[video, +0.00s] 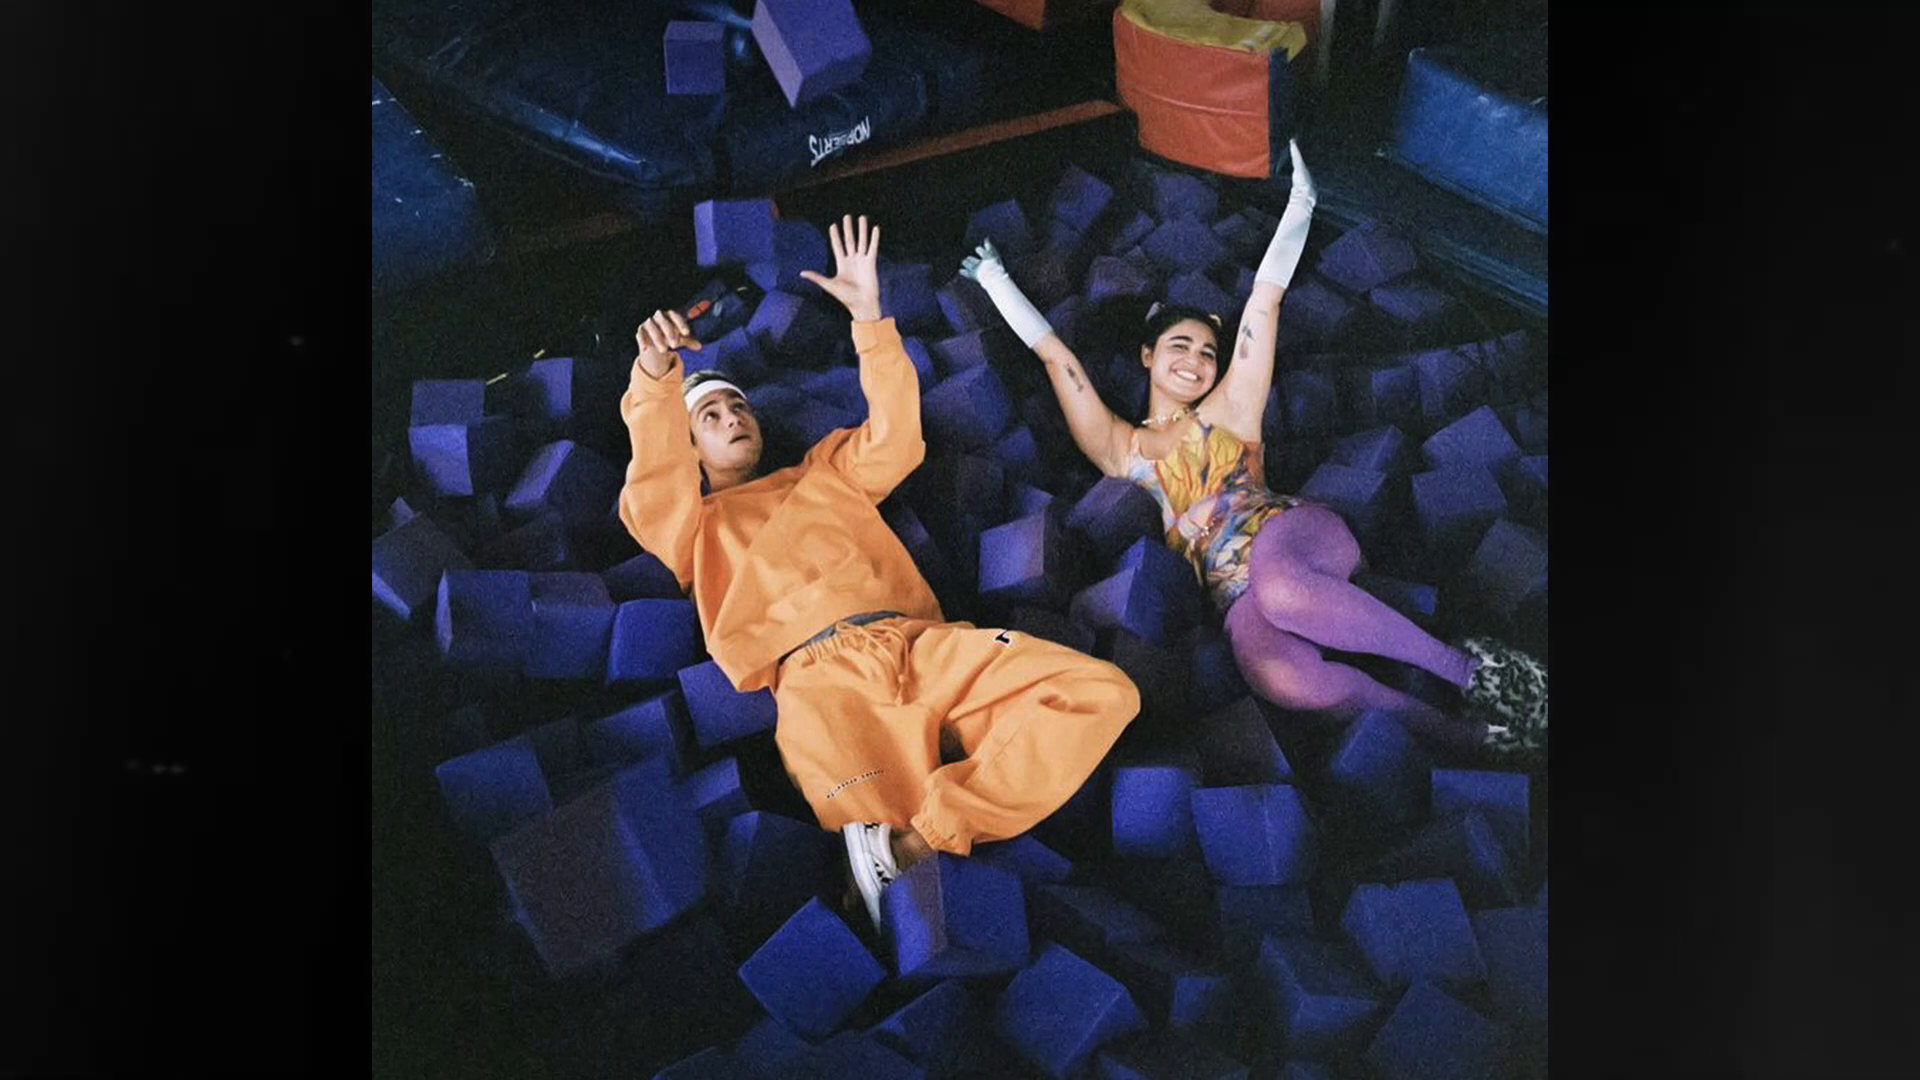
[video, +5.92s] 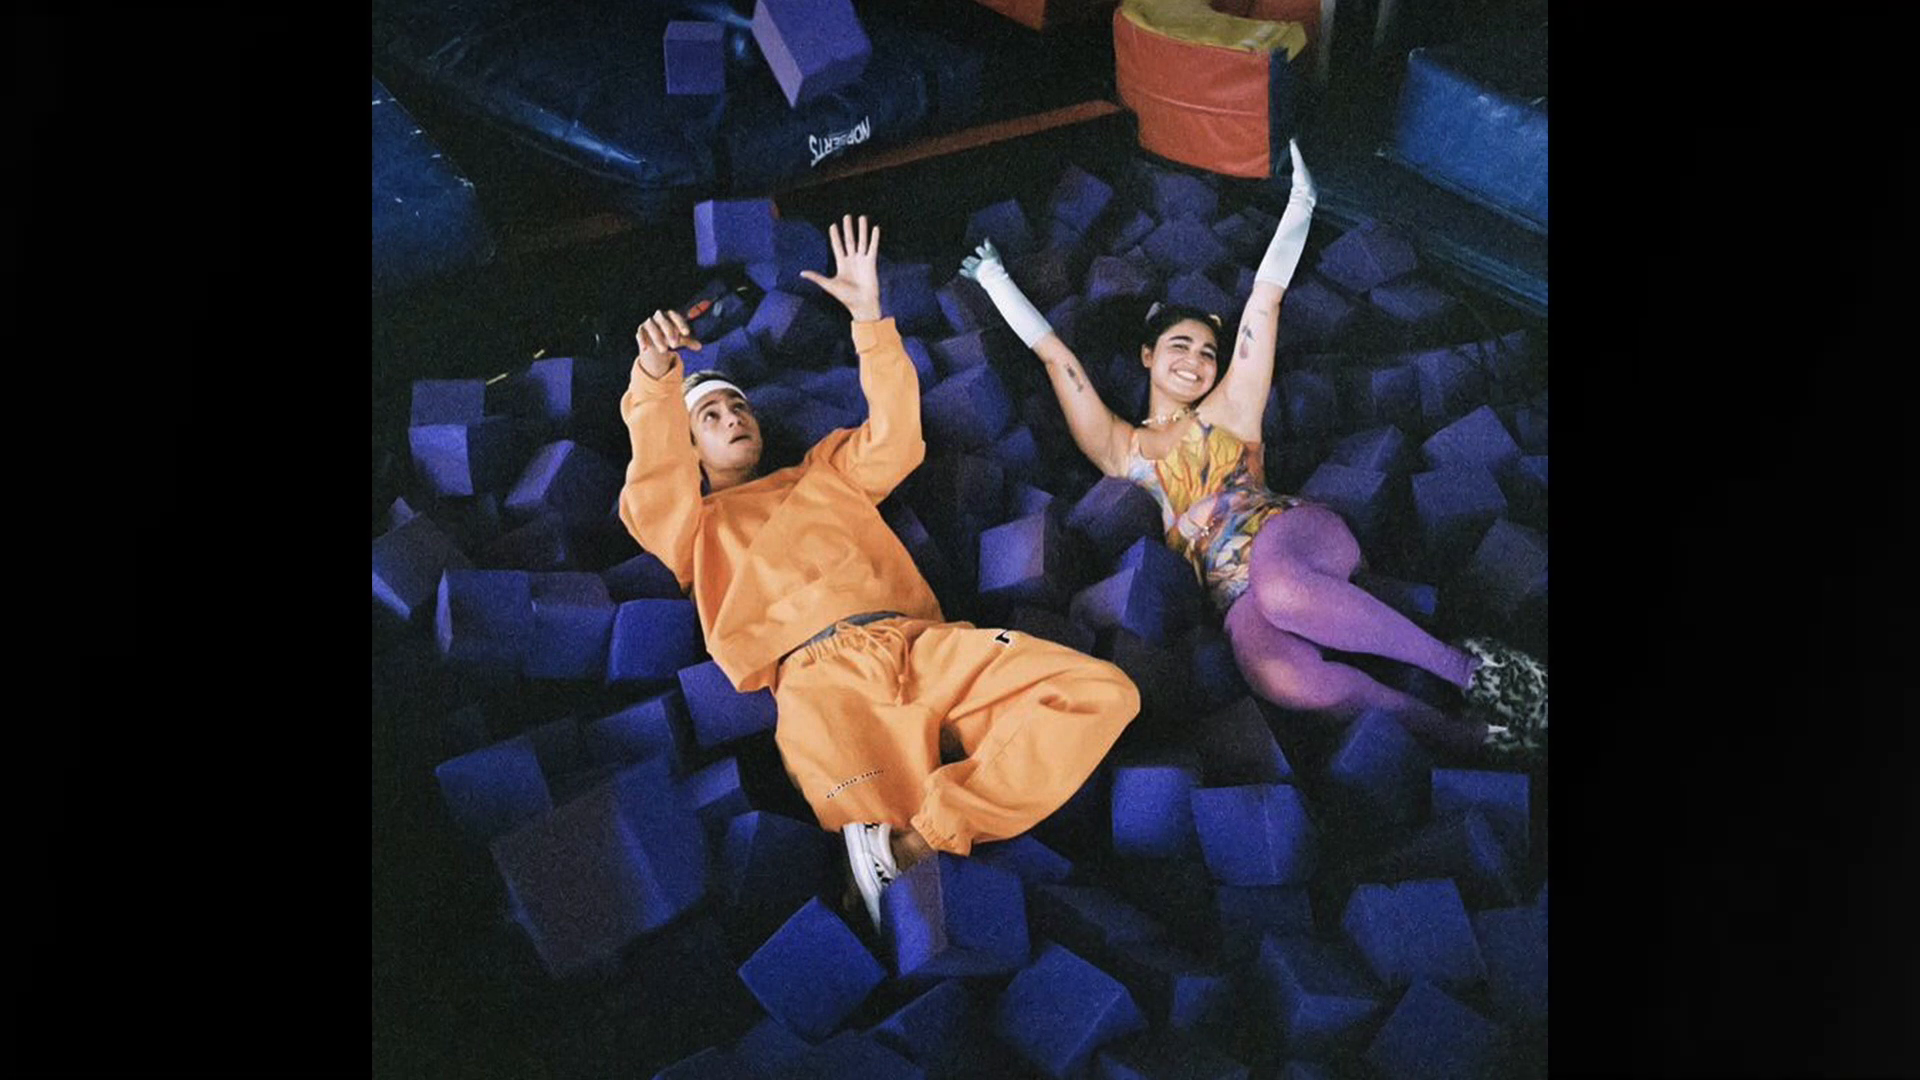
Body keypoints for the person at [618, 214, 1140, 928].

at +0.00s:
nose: (730, 418)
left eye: (738, 407)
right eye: (709, 415)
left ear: (761, 426)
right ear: (688, 449)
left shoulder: (827, 468)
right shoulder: (696, 525)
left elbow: (895, 435)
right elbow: (654, 477)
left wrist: (868, 317)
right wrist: (655, 373)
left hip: (917, 640)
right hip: (819, 673)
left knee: (1094, 693)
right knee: (880, 826)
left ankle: (915, 841)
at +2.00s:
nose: (730, 418)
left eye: (738, 407)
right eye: (709, 415)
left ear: (761, 426)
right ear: (688, 449)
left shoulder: (827, 468)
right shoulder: (696, 525)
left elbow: (895, 435)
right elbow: (654, 477)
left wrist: (868, 317)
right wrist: (655, 374)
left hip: (917, 640)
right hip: (819, 673)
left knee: (1094, 693)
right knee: (880, 827)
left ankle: (915, 841)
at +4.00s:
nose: (730, 418)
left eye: (738, 407)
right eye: (709, 415)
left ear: (761, 426)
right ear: (688, 448)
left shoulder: (827, 468)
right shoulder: (695, 525)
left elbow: (895, 436)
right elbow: (654, 477)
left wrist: (868, 317)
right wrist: (655, 373)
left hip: (918, 640)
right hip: (819, 673)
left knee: (1094, 692)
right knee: (880, 827)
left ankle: (917, 841)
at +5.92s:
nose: (731, 418)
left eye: (738, 407)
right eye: (709, 415)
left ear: (760, 425)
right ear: (688, 448)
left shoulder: (827, 468)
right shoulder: (695, 525)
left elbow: (895, 436)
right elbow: (655, 476)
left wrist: (868, 317)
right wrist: (655, 373)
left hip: (918, 640)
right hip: (820, 672)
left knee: (1094, 693)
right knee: (881, 829)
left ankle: (917, 841)